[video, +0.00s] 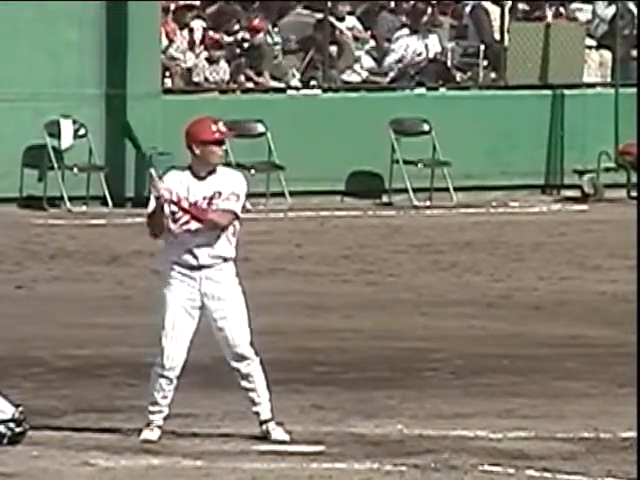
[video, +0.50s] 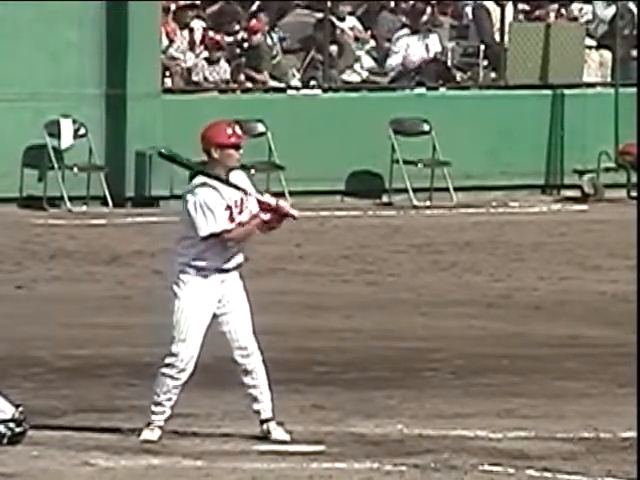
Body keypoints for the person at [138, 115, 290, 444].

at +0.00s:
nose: (222, 148)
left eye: (222, 143)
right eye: (215, 144)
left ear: (221, 146)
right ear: (195, 149)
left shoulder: (233, 180)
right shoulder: (172, 181)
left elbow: (221, 221)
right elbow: (155, 231)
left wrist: (183, 204)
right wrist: (159, 203)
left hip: (221, 275)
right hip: (181, 276)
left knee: (241, 350)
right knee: (170, 357)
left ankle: (267, 421)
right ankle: (155, 421)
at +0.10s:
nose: (223, 149)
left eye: (224, 143)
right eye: (216, 144)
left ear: (223, 146)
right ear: (197, 148)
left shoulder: (236, 179)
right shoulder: (175, 181)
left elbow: (235, 222)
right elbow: (161, 232)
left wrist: (203, 205)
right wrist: (177, 207)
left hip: (224, 274)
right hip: (185, 276)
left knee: (243, 351)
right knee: (172, 357)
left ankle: (267, 421)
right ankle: (155, 421)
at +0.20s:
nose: (226, 149)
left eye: (227, 144)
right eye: (220, 144)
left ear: (225, 147)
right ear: (202, 148)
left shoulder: (237, 178)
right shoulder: (181, 184)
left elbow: (249, 220)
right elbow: (175, 235)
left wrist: (222, 211)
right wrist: (196, 214)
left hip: (226, 274)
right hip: (188, 277)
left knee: (245, 351)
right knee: (175, 356)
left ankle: (268, 421)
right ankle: (155, 421)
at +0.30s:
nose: (230, 149)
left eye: (230, 144)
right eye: (224, 145)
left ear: (227, 147)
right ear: (205, 149)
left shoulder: (238, 178)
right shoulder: (186, 187)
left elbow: (260, 220)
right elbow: (188, 236)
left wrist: (239, 209)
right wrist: (214, 213)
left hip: (228, 276)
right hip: (192, 278)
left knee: (246, 351)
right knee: (177, 354)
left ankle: (267, 421)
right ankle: (155, 421)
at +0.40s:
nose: (234, 151)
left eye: (234, 146)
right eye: (228, 147)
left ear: (227, 149)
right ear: (210, 151)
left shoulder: (238, 177)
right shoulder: (192, 190)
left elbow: (261, 219)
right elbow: (211, 238)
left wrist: (263, 213)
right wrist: (237, 216)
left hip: (229, 276)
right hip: (194, 279)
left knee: (246, 351)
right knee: (181, 355)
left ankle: (267, 421)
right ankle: (156, 421)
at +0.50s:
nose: (238, 153)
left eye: (238, 147)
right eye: (232, 148)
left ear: (230, 150)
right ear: (214, 153)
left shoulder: (240, 178)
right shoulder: (200, 193)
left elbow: (256, 223)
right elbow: (229, 239)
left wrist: (276, 215)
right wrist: (259, 219)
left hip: (230, 277)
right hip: (196, 280)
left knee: (247, 351)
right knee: (183, 356)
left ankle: (268, 421)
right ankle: (156, 422)